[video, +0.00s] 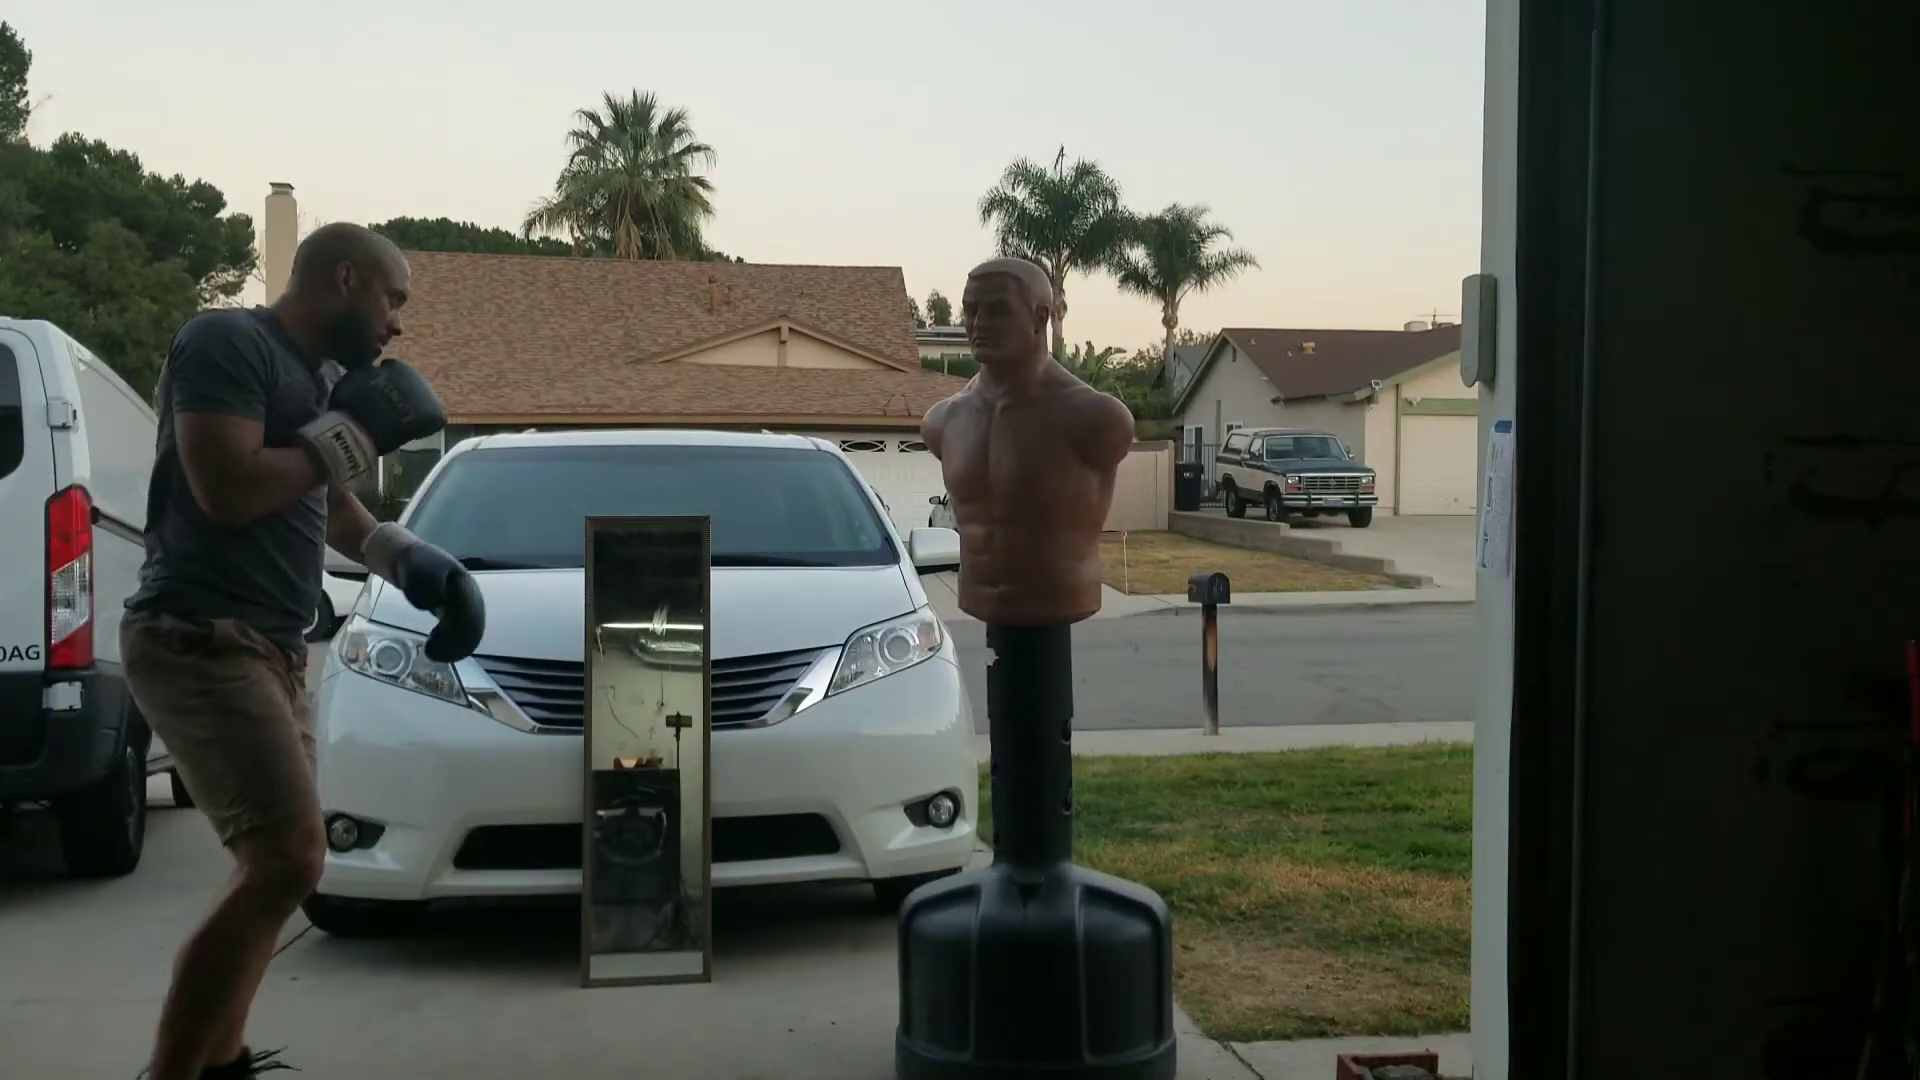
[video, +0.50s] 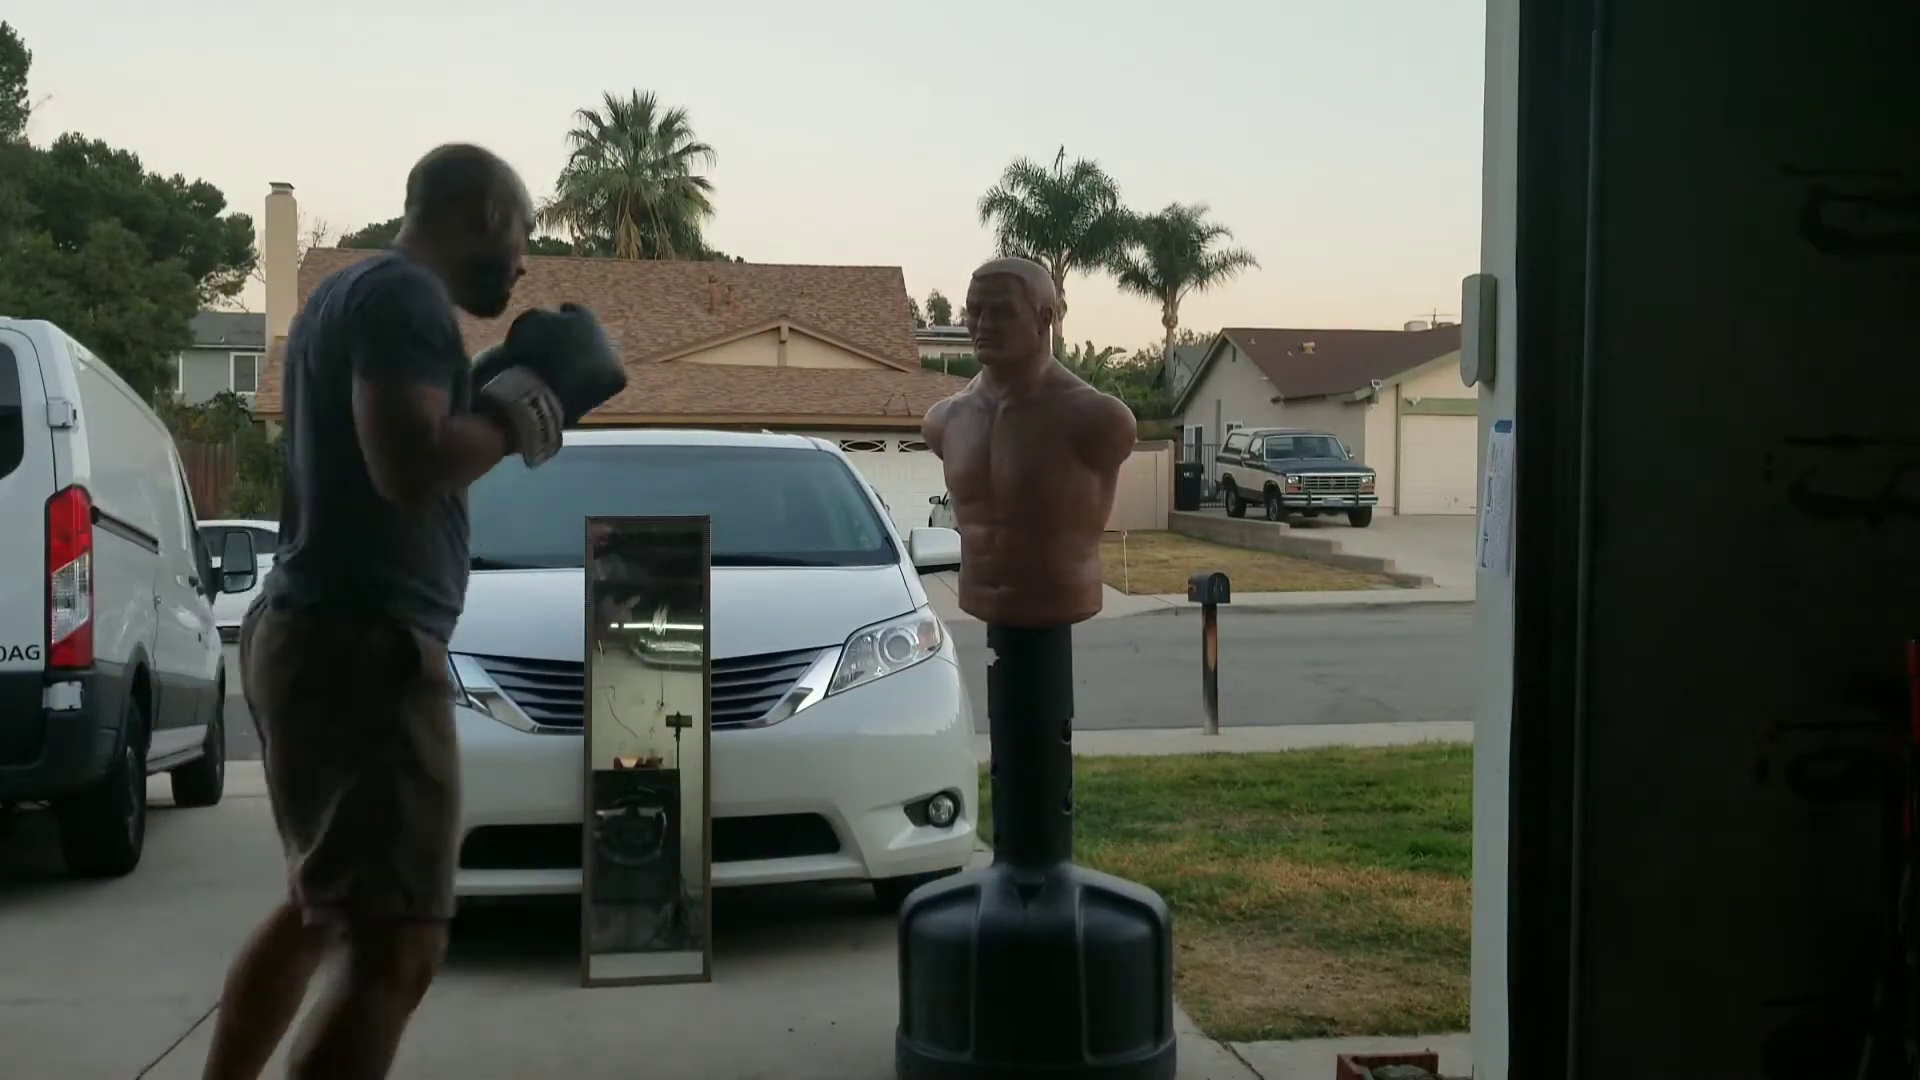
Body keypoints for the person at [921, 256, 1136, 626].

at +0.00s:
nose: (977, 323)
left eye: (997, 309)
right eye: (970, 310)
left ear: (1040, 317)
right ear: (963, 315)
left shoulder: (1097, 419)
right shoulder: (943, 422)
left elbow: (1080, 529)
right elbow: (980, 521)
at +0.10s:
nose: (981, 324)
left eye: (1001, 311)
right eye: (974, 311)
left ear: (1046, 317)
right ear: (966, 316)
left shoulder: (1101, 420)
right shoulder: (944, 421)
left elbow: (1083, 527)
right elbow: (980, 519)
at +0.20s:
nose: (982, 325)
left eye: (1002, 312)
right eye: (975, 312)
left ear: (1048, 318)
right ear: (967, 316)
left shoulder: (1101, 421)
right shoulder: (945, 421)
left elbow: (1083, 528)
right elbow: (981, 520)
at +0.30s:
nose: (980, 324)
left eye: (1000, 311)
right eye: (973, 311)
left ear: (1043, 317)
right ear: (965, 315)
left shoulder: (1099, 420)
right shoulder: (943, 422)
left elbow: (1081, 528)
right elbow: (979, 520)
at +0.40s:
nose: (980, 324)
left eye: (1000, 311)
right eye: (973, 311)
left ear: (1044, 317)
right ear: (965, 315)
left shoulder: (1100, 420)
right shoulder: (944, 422)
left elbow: (1081, 528)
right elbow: (978, 520)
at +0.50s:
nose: (982, 325)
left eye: (1001, 311)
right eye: (975, 311)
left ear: (1045, 317)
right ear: (966, 315)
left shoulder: (1100, 420)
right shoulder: (944, 422)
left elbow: (1081, 529)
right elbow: (980, 520)